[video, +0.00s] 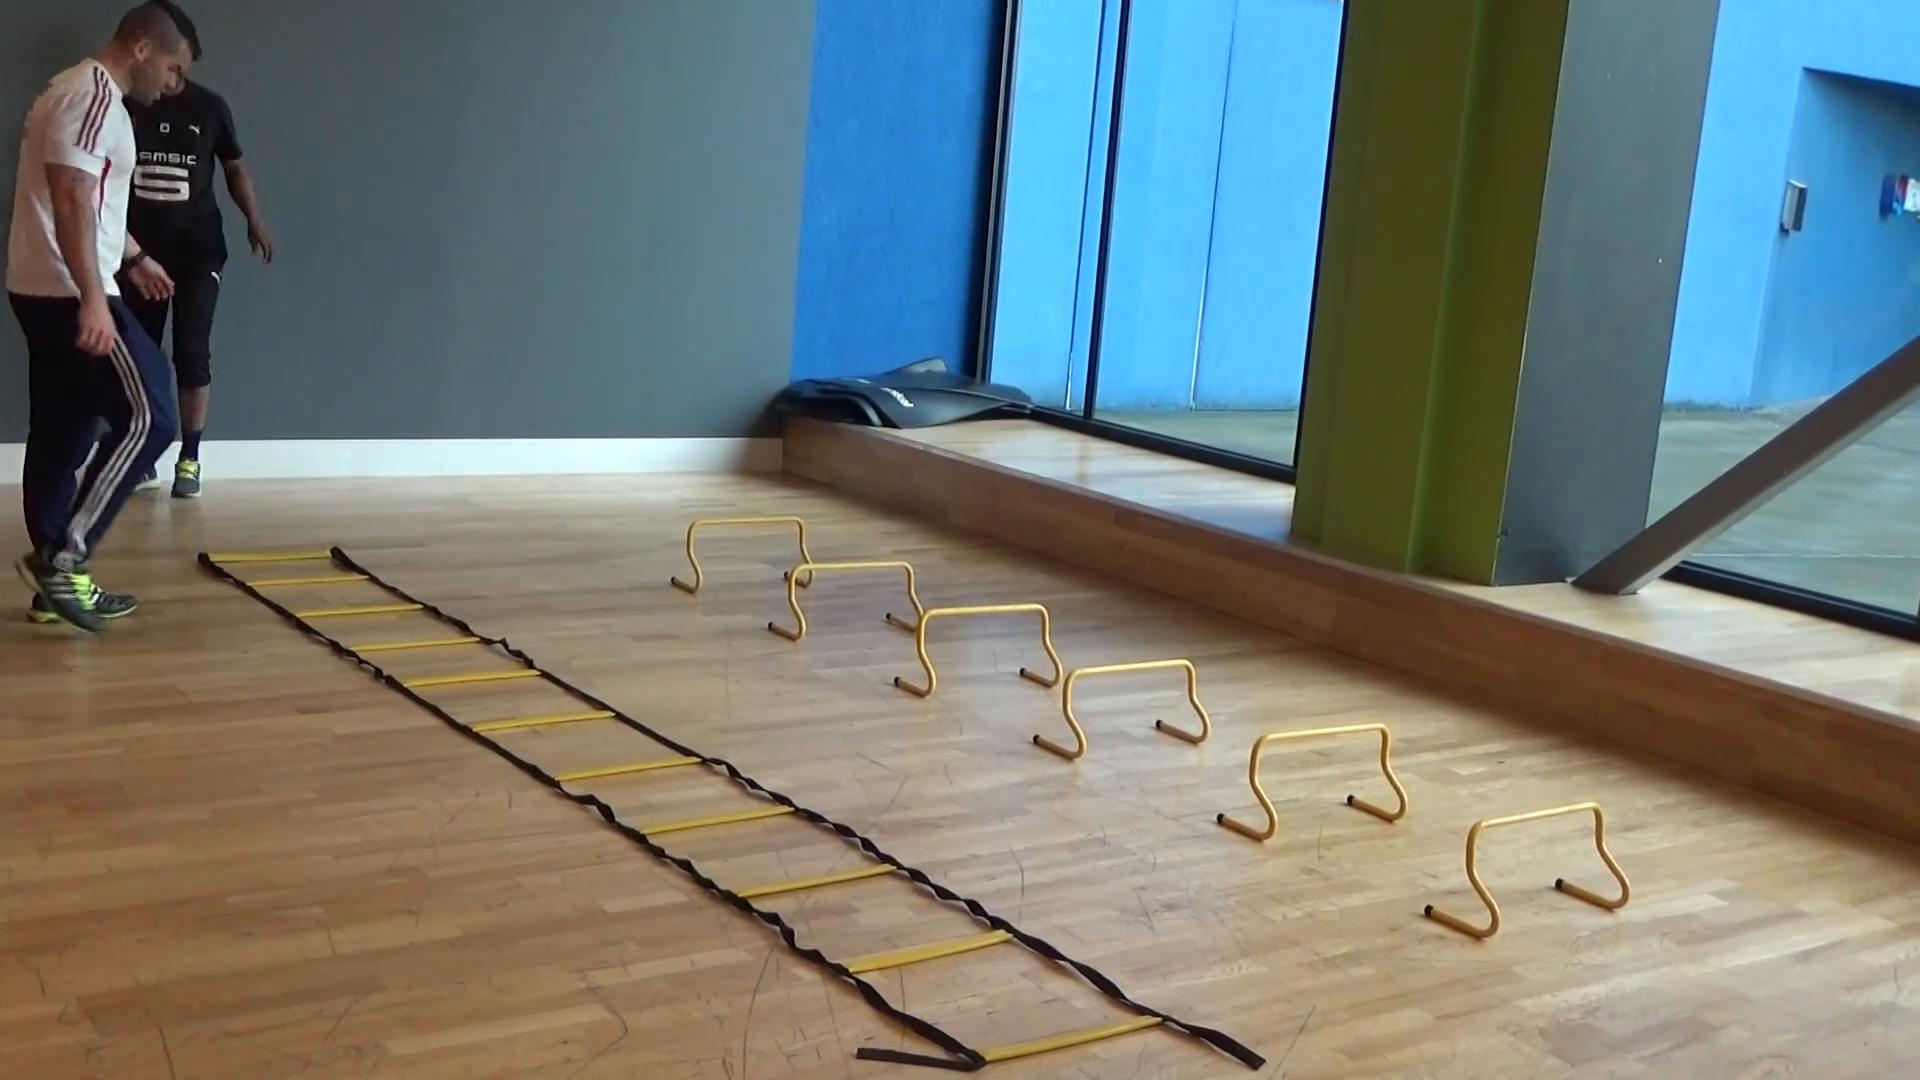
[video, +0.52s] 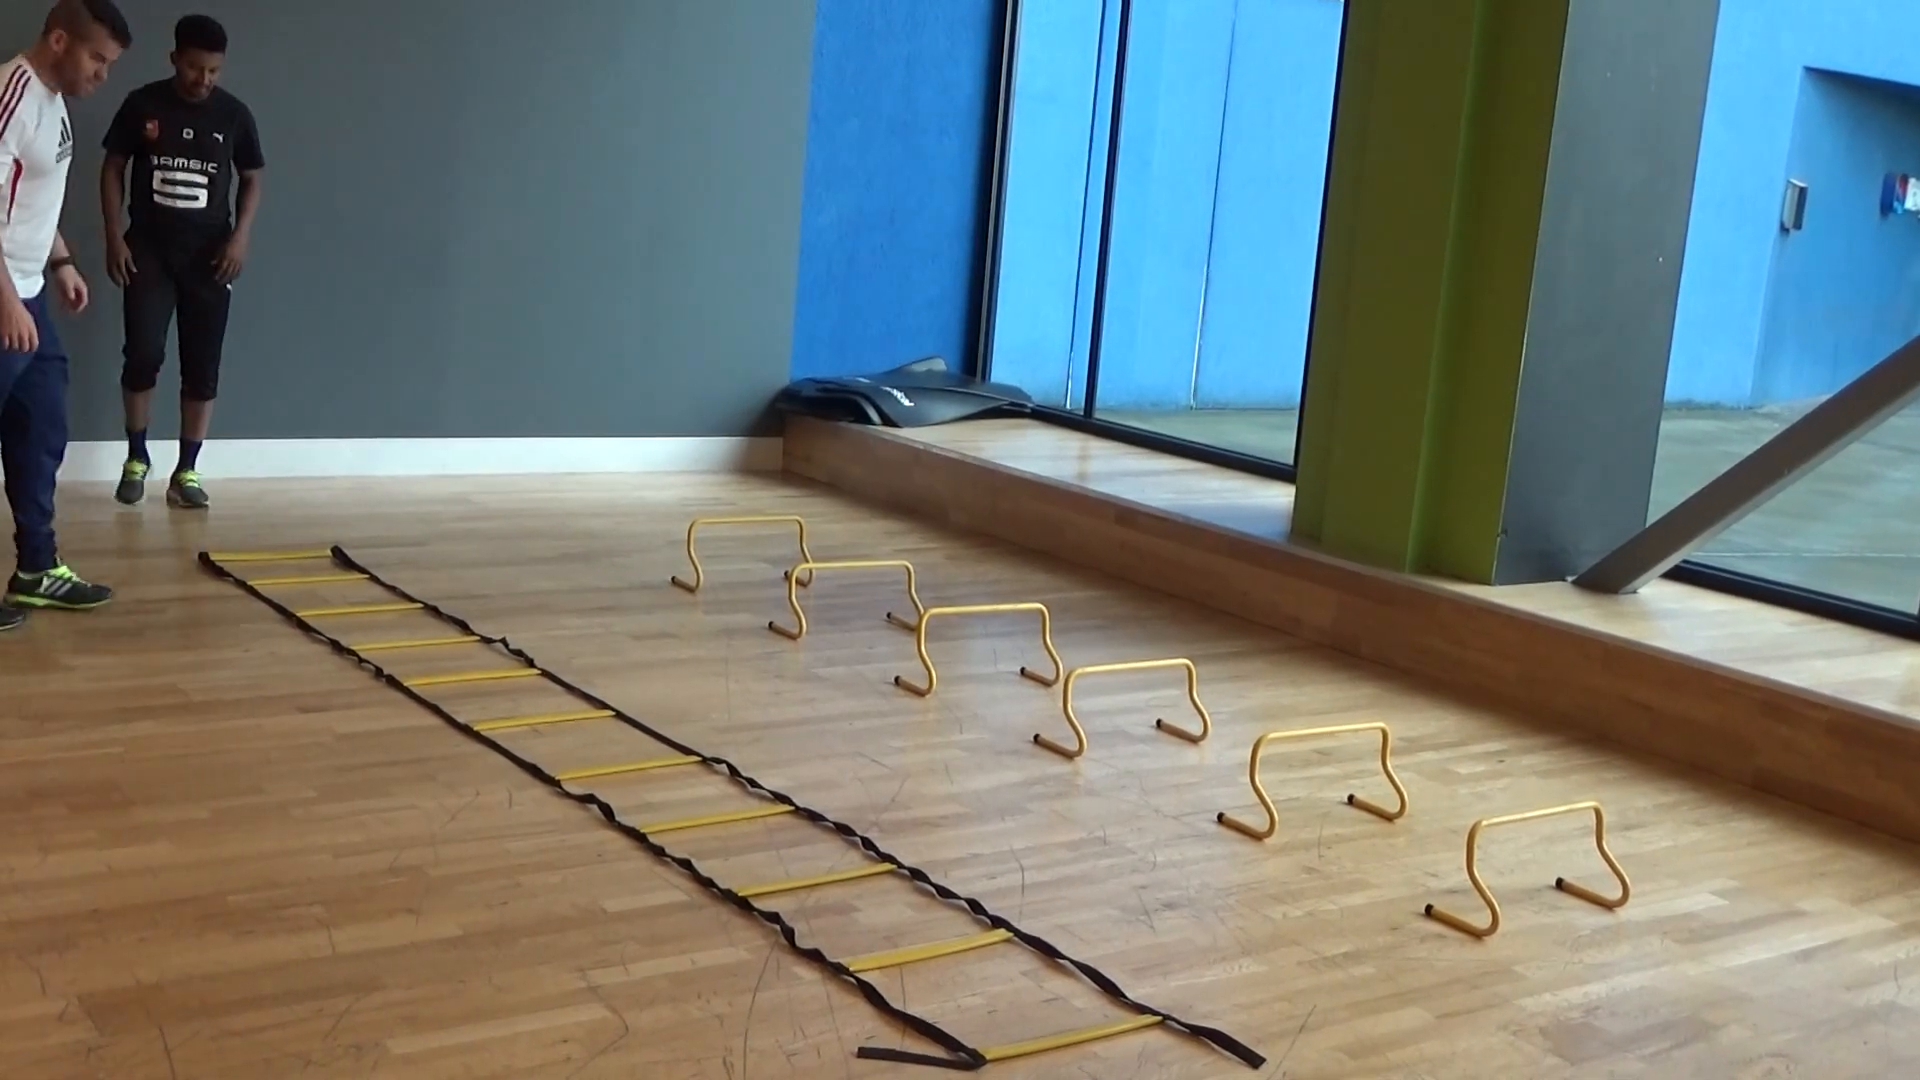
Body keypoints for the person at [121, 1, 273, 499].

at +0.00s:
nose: (178, 73)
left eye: (186, 64)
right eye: (172, 63)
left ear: (194, 60)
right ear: (152, 55)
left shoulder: (210, 108)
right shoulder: (123, 104)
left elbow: (234, 169)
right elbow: (100, 181)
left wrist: (254, 220)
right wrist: (117, 245)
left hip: (197, 254)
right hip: (137, 253)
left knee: (191, 357)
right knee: (136, 355)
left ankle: (189, 459)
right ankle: (140, 455)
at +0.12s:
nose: (179, 70)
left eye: (187, 60)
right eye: (170, 59)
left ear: (195, 60)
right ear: (148, 55)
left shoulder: (210, 108)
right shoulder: (117, 105)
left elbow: (229, 169)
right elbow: (94, 179)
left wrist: (244, 224)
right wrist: (111, 240)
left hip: (198, 256)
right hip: (134, 254)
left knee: (196, 363)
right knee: (137, 362)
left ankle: (187, 469)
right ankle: (139, 461)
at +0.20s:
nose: (181, 73)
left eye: (190, 63)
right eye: (172, 62)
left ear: (199, 61)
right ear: (152, 57)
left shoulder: (213, 109)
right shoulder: (119, 108)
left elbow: (228, 172)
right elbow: (97, 184)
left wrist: (237, 227)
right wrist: (113, 245)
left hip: (200, 260)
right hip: (136, 258)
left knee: (197, 367)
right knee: (136, 366)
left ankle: (188, 471)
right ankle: (140, 462)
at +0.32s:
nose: (191, 75)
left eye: (200, 65)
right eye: (182, 64)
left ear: (209, 62)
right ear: (161, 58)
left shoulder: (222, 111)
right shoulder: (130, 106)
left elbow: (234, 176)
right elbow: (105, 175)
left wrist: (228, 236)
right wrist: (112, 236)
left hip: (203, 259)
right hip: (141, 256)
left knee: (200, 366)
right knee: (128, 360)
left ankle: (187, 471)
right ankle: (134, 450)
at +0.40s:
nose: (198, 78)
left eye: (207, 69)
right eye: (188, 67)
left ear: (216, 65)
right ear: (167, 59)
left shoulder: (229, 114)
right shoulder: (137, 106)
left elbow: (245, 178)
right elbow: (105, 174)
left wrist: (231, 237)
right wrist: (114, 243)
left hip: (207, 258)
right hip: (145, 255)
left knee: (202, 365)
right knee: (128, 358)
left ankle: (187, 472)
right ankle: (128, 445)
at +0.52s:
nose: (205, 79)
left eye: (214, 70)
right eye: (196, 68)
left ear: (224, 65)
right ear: (175, 59)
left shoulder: (235, 114)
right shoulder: (143, 104)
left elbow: (252, 179)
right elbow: (112, 169)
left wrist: (240, 238)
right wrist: (114, 237)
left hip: (210, 256)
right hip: (149, 252)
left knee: (202, 367)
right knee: (143, 358)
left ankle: (187, 473)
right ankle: (137, 459)